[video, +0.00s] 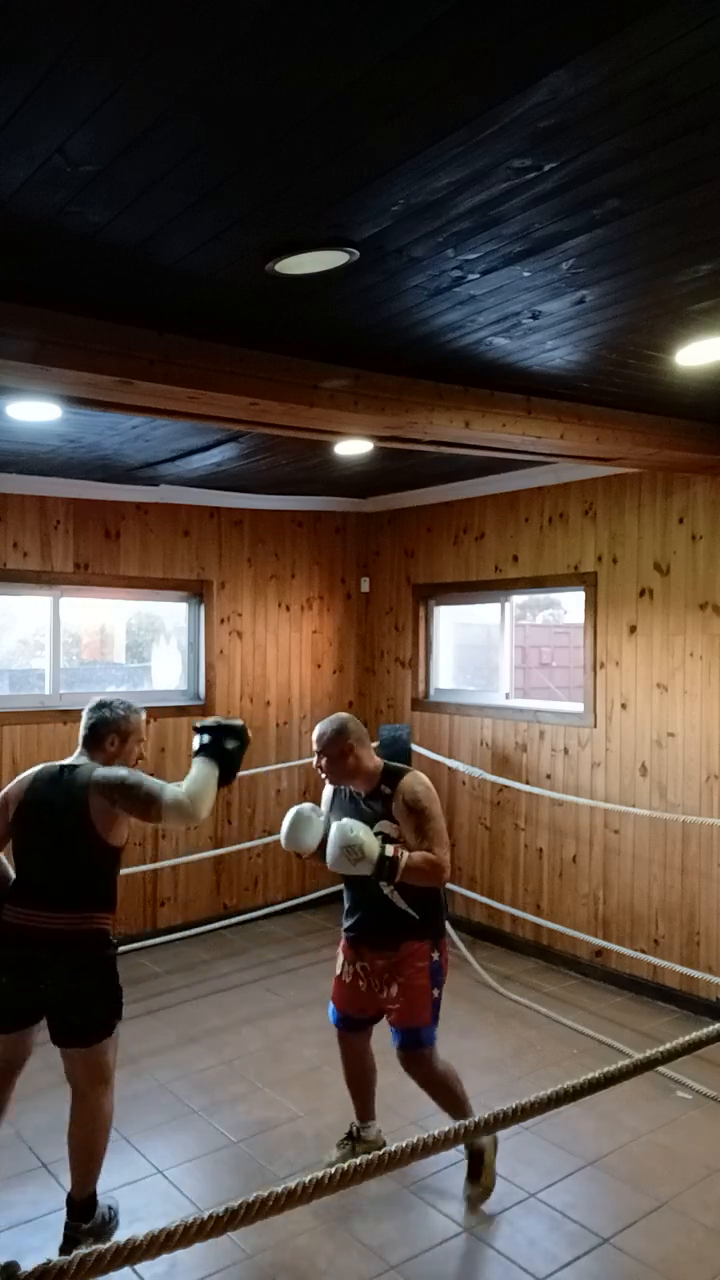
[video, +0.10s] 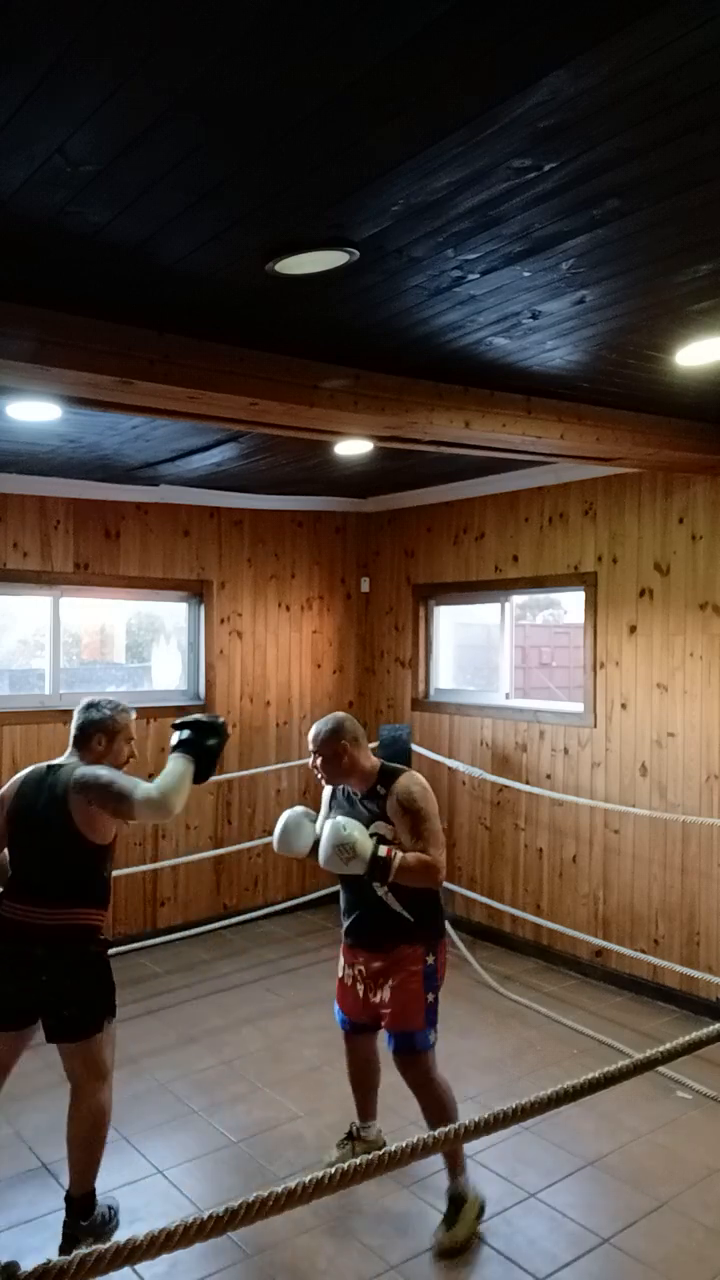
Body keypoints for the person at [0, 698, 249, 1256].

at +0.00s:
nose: (140, 752)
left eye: (141, 743)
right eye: (137, 742)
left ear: (87, 736)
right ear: (114, 741)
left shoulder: (28, 782)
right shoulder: (115, 783)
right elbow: (190, 806)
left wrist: (18, 888)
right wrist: (212, 755)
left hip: (15, 947)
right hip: (81, 955)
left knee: (5, 1068)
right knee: (91, 1083)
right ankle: (81, 1217)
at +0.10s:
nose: (132, 751)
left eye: (132, 741)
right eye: (127, 741)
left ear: (77, 737)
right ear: (102, 741)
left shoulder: (20, 783)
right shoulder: (99, 783)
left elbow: (1, 859)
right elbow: (163, 803)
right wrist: (186, 751)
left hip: (14, 953)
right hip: (74, 958)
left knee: (5, 1057)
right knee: (91, 1082)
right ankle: (80, 1215)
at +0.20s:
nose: (120, 755)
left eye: (120, 745)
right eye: (114, 745)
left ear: (70, 744)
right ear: (85, 745)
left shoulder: (18, 783)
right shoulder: (74, 786)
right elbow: (130, 811)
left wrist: (166, 773)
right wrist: (166, 759)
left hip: (10, 949)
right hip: (61, 955)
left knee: (5, 1051)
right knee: (103, 1058)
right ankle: (76, 1195)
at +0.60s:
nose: (142, 752)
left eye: (144, 742)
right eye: (136, 741)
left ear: (102, 739)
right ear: (106, 737)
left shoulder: (70, 763)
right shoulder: (81, 771)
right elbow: (111, 803)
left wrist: (160, 758)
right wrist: (155, 755)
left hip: (38, 911)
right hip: (71, 922)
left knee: (43, 1012)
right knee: (105, 1020)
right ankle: (84, 1131)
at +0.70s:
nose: (149, 751)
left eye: (151, 741)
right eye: (144, 741)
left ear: (113, 737)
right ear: (113, 736)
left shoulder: (92, 760)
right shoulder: (86, 768)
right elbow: (109, 801)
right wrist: (156, 755)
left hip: (54, 904)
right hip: (70, 914)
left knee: (64, 993)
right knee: (103, 1017)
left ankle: (2, 1072)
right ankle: (83, 1130)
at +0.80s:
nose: (149, 747)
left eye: (152, 738)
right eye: (142, 737)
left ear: (121, 733)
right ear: (114, 731)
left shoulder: (107, 758)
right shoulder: (87, 763)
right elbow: (108, 796)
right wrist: (152, 753)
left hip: (67, 899)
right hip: (72, 907)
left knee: (64, 987)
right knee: (103, 1013)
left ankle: (20, 1070)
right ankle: (83, 1128)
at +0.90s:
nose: (148, 752)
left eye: (150, 745)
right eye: (148, 743)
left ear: (107, 723)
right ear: (130, 735)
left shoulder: (106, 767)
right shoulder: (83, 766)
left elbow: (105, 840)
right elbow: (89, 792)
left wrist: (127, 874)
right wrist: (114, 736)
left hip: (70, 902)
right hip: (75, 911)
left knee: (67, 986)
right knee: (107, 1014)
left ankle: (48, 1060)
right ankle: (84, 1129)